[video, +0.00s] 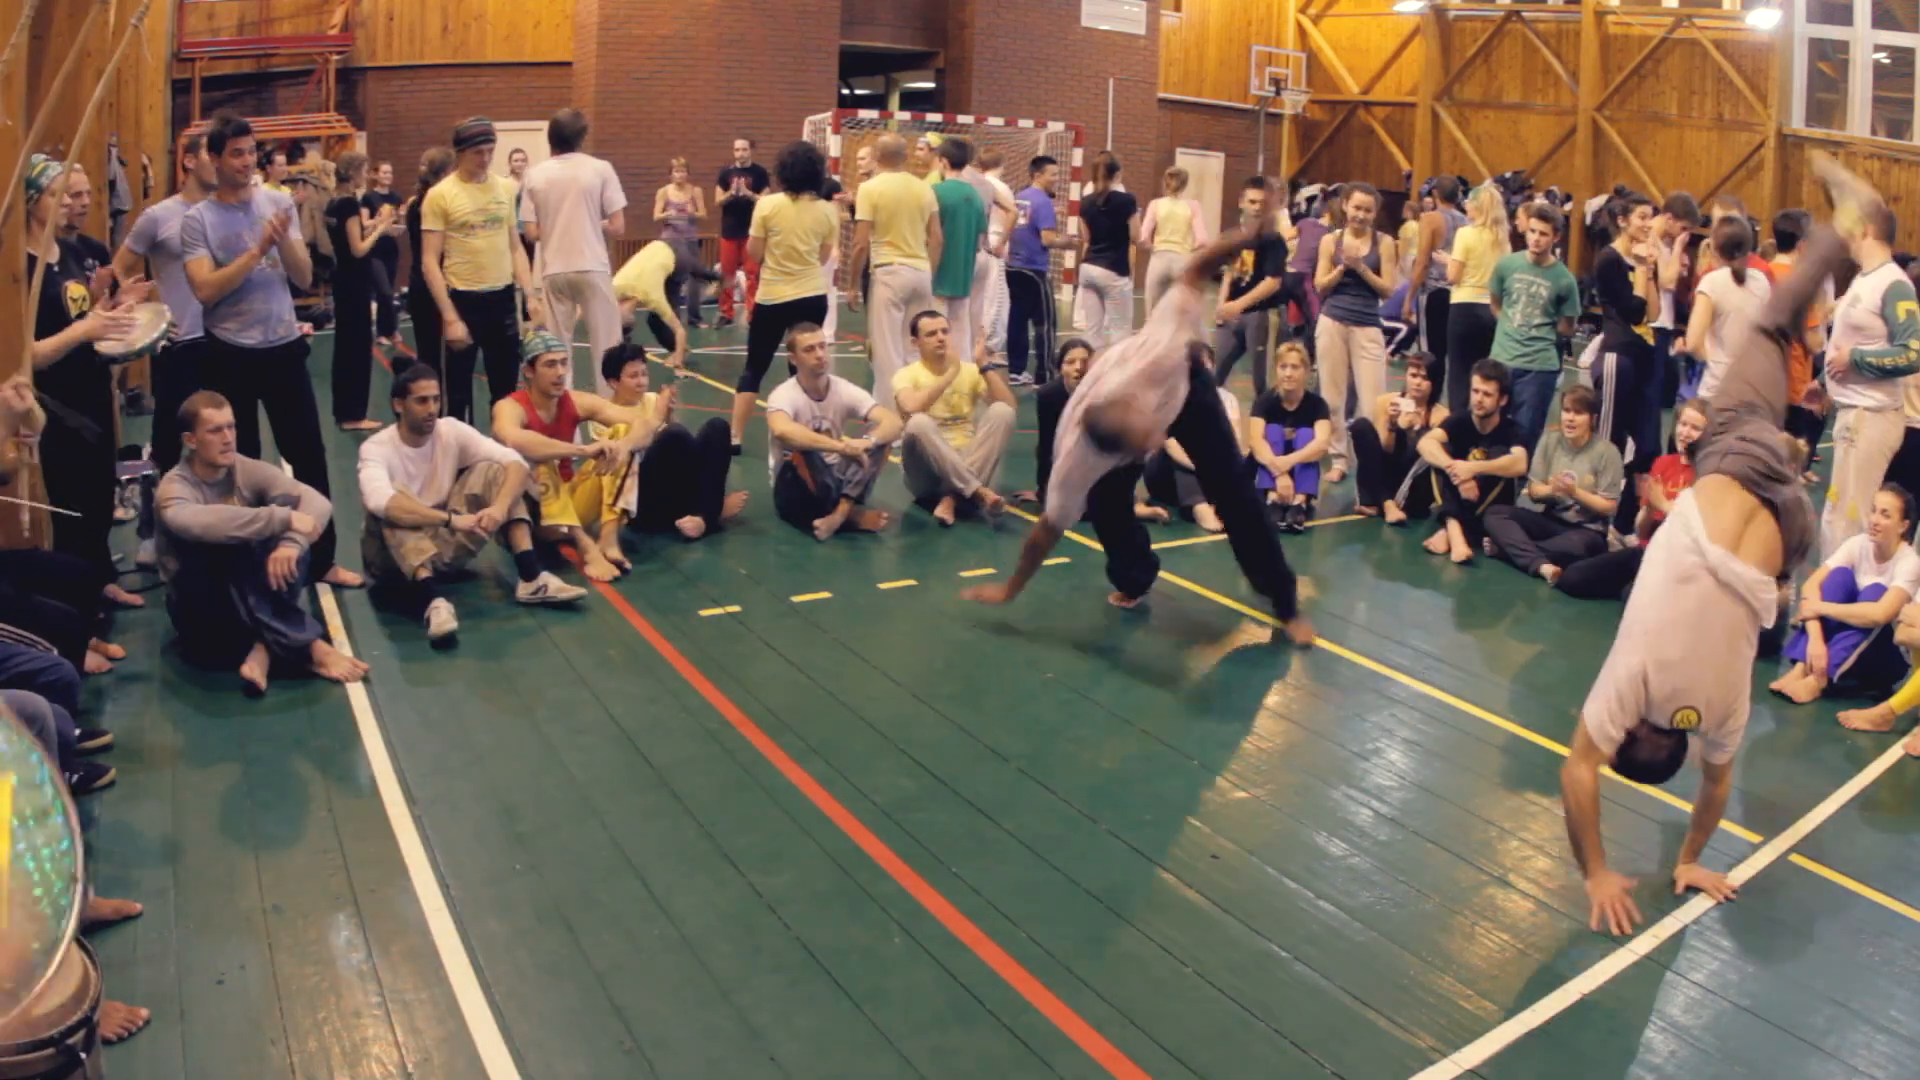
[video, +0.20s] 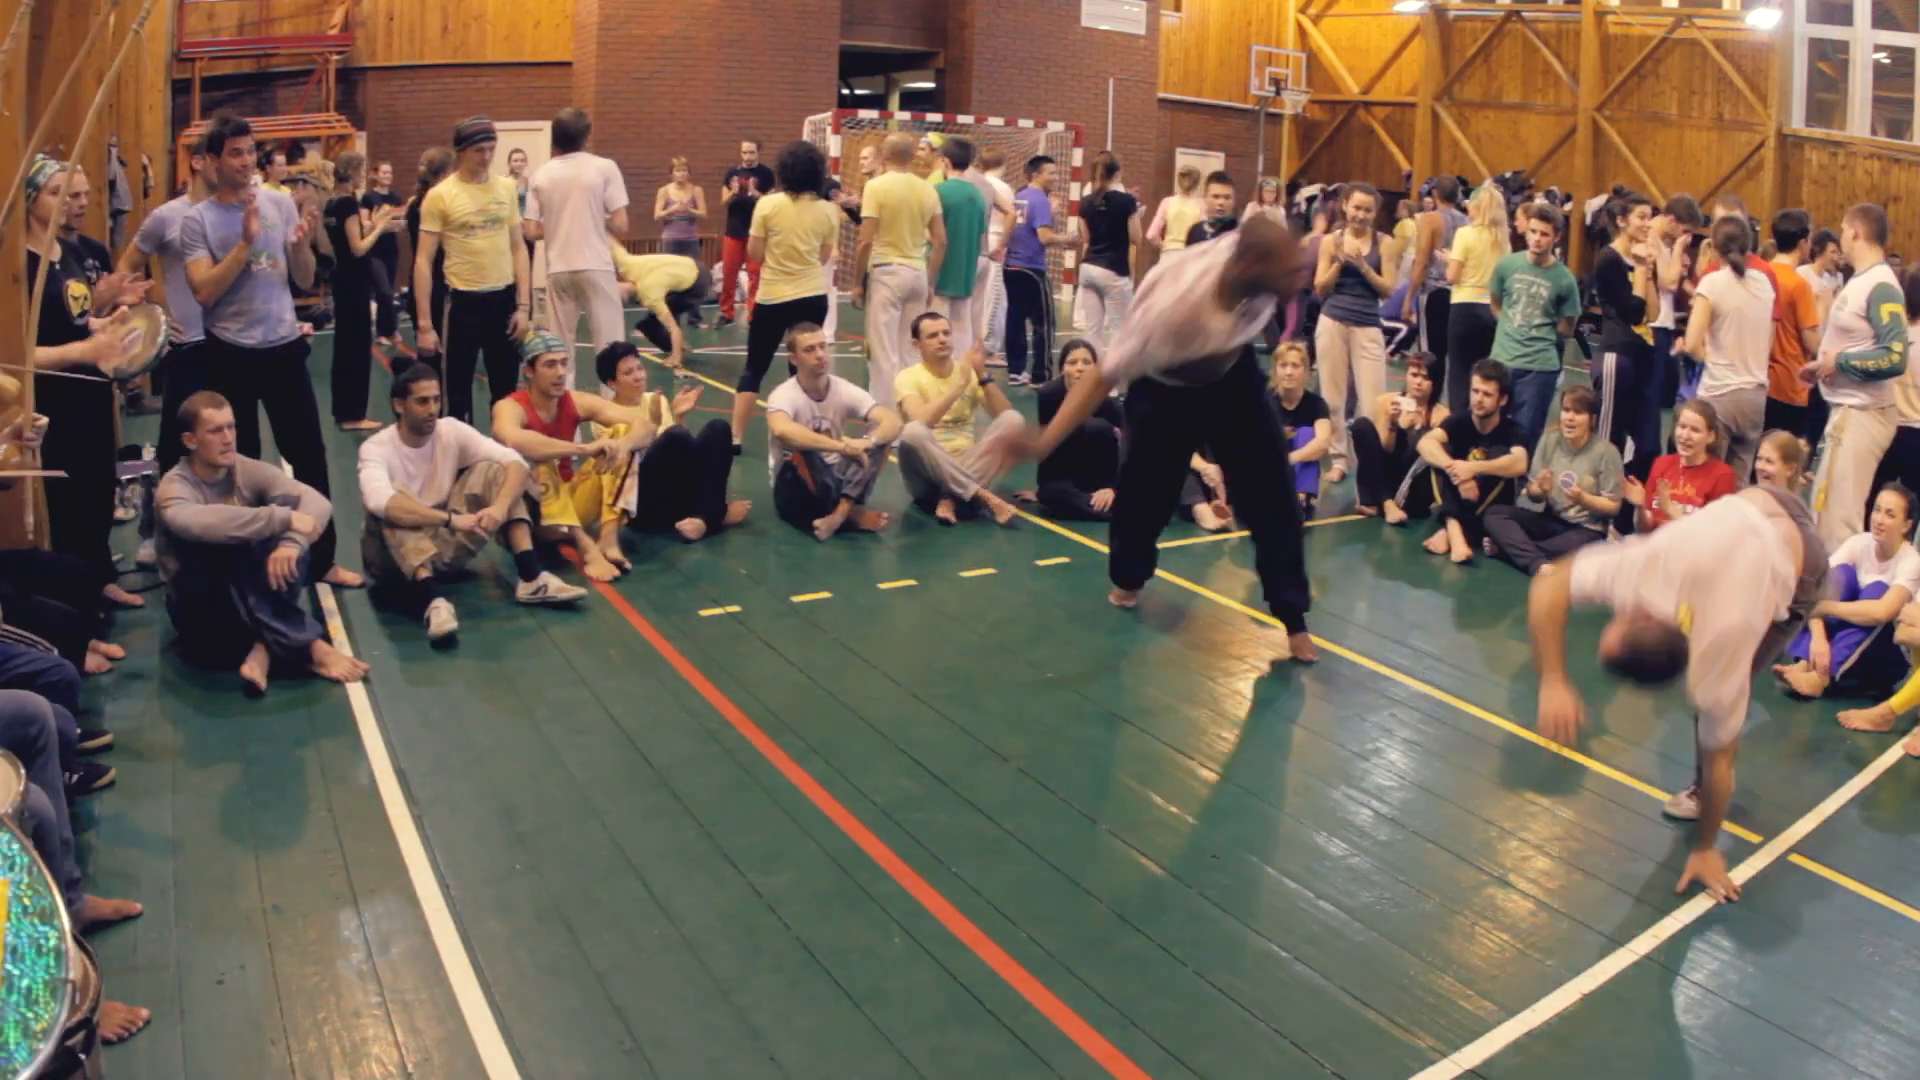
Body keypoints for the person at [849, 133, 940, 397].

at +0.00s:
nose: (870, 158)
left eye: (872, 154)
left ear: (877, 157)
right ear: (904, 157)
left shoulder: (869, 188)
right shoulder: (924, 188)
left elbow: (861, 242)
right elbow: (936, 236)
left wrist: (853, 285)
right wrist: (928, 272)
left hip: (888, 269)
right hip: (921, 268)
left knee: (886, 347)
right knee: (917, 345)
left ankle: (888, 413)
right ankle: (918, 410)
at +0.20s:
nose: (878, 157)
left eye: (880, 153)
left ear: (884, 155)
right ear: (912, 156)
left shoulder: (876, 186)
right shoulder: (927, 189)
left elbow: (866, 240)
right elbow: (940, 240)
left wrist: (857, 281)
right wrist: (930, 280)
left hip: (886, 267)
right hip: (917, 267)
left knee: (883, 349)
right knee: (912, 347)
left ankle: (885, 417)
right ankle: (914, 414)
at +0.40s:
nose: (886, 158)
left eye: (888, 154)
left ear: (892, 156)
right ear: (919, 157)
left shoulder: (881, 186)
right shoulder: (931, 190)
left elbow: (869, 239)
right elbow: (942, 241)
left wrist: (857, 281)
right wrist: (933, 283)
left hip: (887, 268)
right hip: (917, 268)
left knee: (883, 348)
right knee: (911, 347)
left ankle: (887, 419)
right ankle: (914, 414)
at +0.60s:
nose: (892, 159)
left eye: (894, 155)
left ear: (899, 157)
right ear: (926, 160)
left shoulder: (885, 185)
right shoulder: (935, 194)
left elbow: (871, 237)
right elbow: (939, 243)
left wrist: (857, 278)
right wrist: (932, 285)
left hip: (890, 268)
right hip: (921, 269)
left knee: (884, 350)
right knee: (912, 348)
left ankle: (887, 421)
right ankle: (914, 417)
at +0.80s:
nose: (897, 159)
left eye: (898, 156)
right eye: (899, 155)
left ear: (903, 158)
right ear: (929, 162)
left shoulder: (890, 185)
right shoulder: (938, 195)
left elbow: (875, 237)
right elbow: (938, 243)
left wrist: (863, 277)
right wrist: (927, 270)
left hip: (894, 270)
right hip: (926, 270)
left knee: (879, 345)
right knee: (916, 347)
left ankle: (888, 416)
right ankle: (917, 416)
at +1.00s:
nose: (899, 159)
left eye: (901, 155)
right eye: (901, 154)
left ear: (906, 158)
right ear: (930, 162)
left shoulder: (893, 184)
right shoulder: (940, 196)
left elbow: (878, 236)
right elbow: (939, 246)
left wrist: (864, 274)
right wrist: (925, 267)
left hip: (896, 270)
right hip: (927, 271)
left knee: (879, 346)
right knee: (916, 349)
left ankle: (883, 418)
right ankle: (911, 420)